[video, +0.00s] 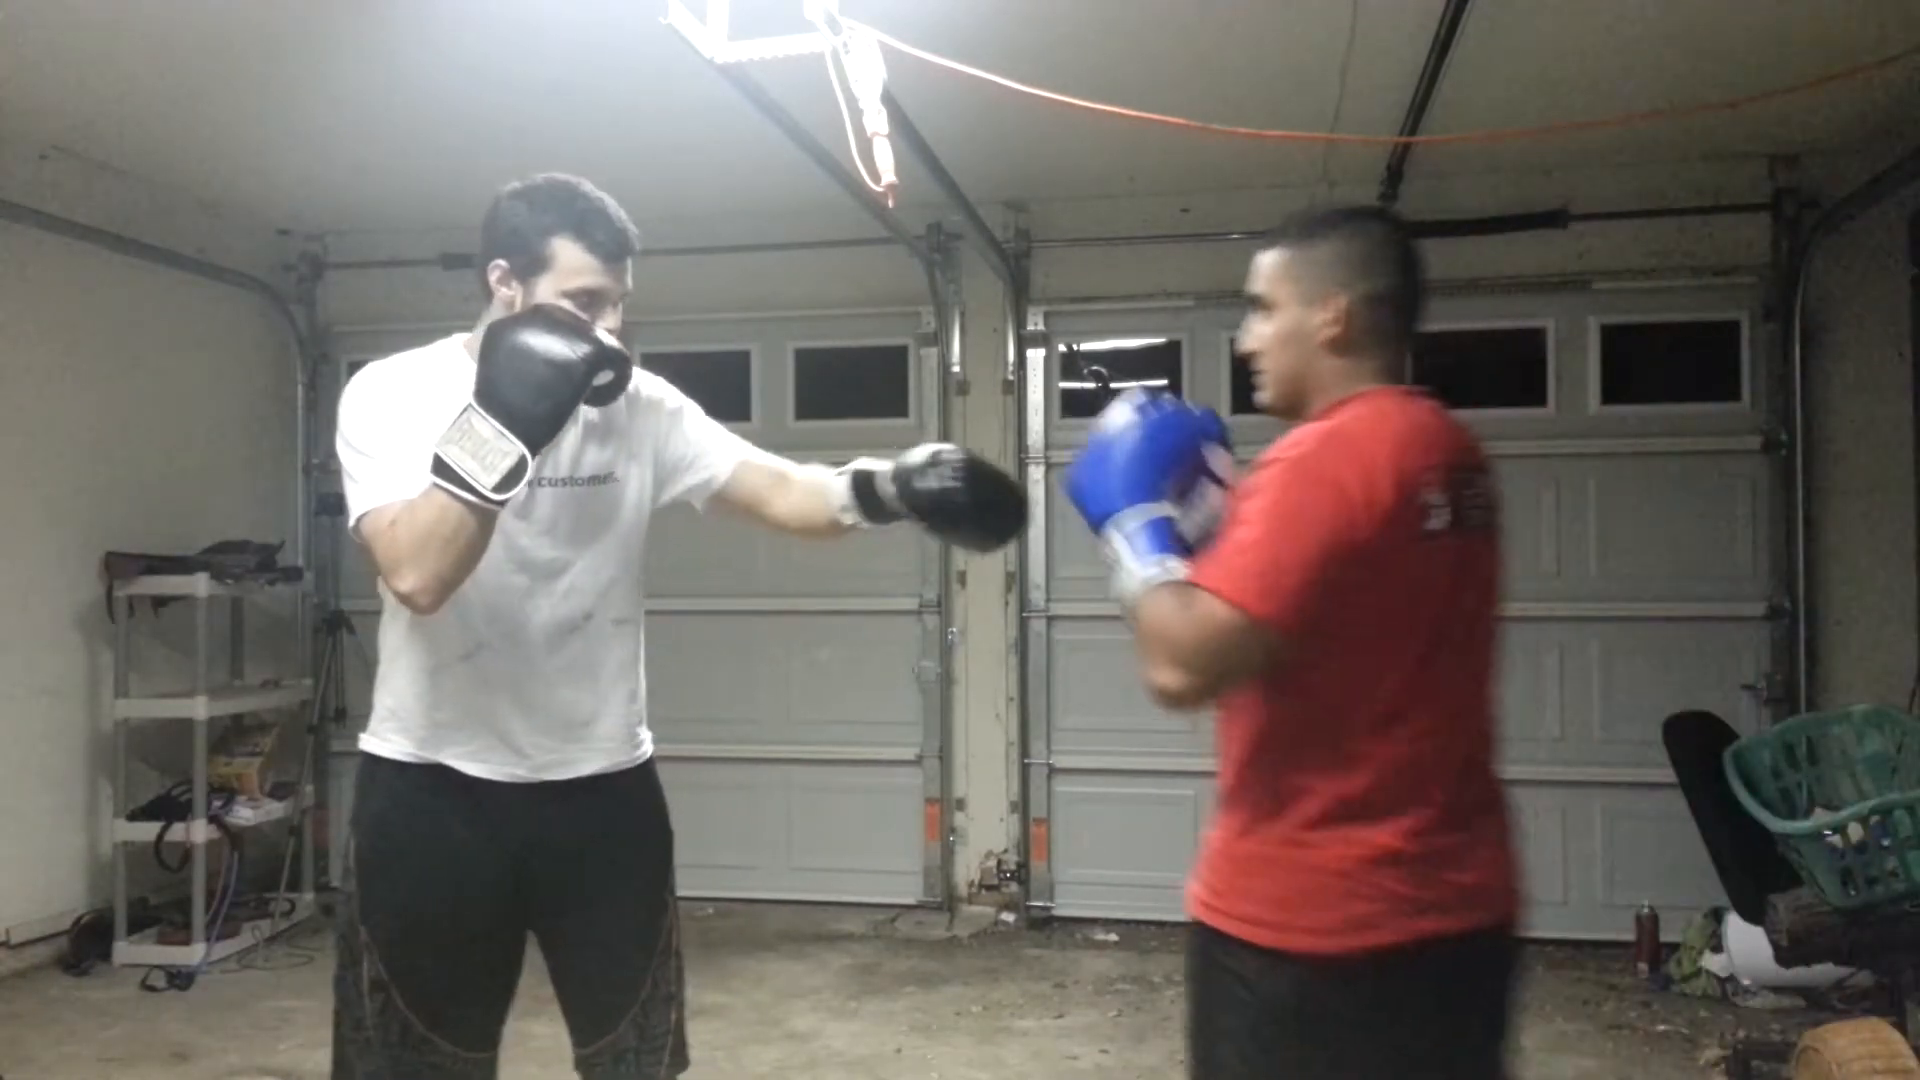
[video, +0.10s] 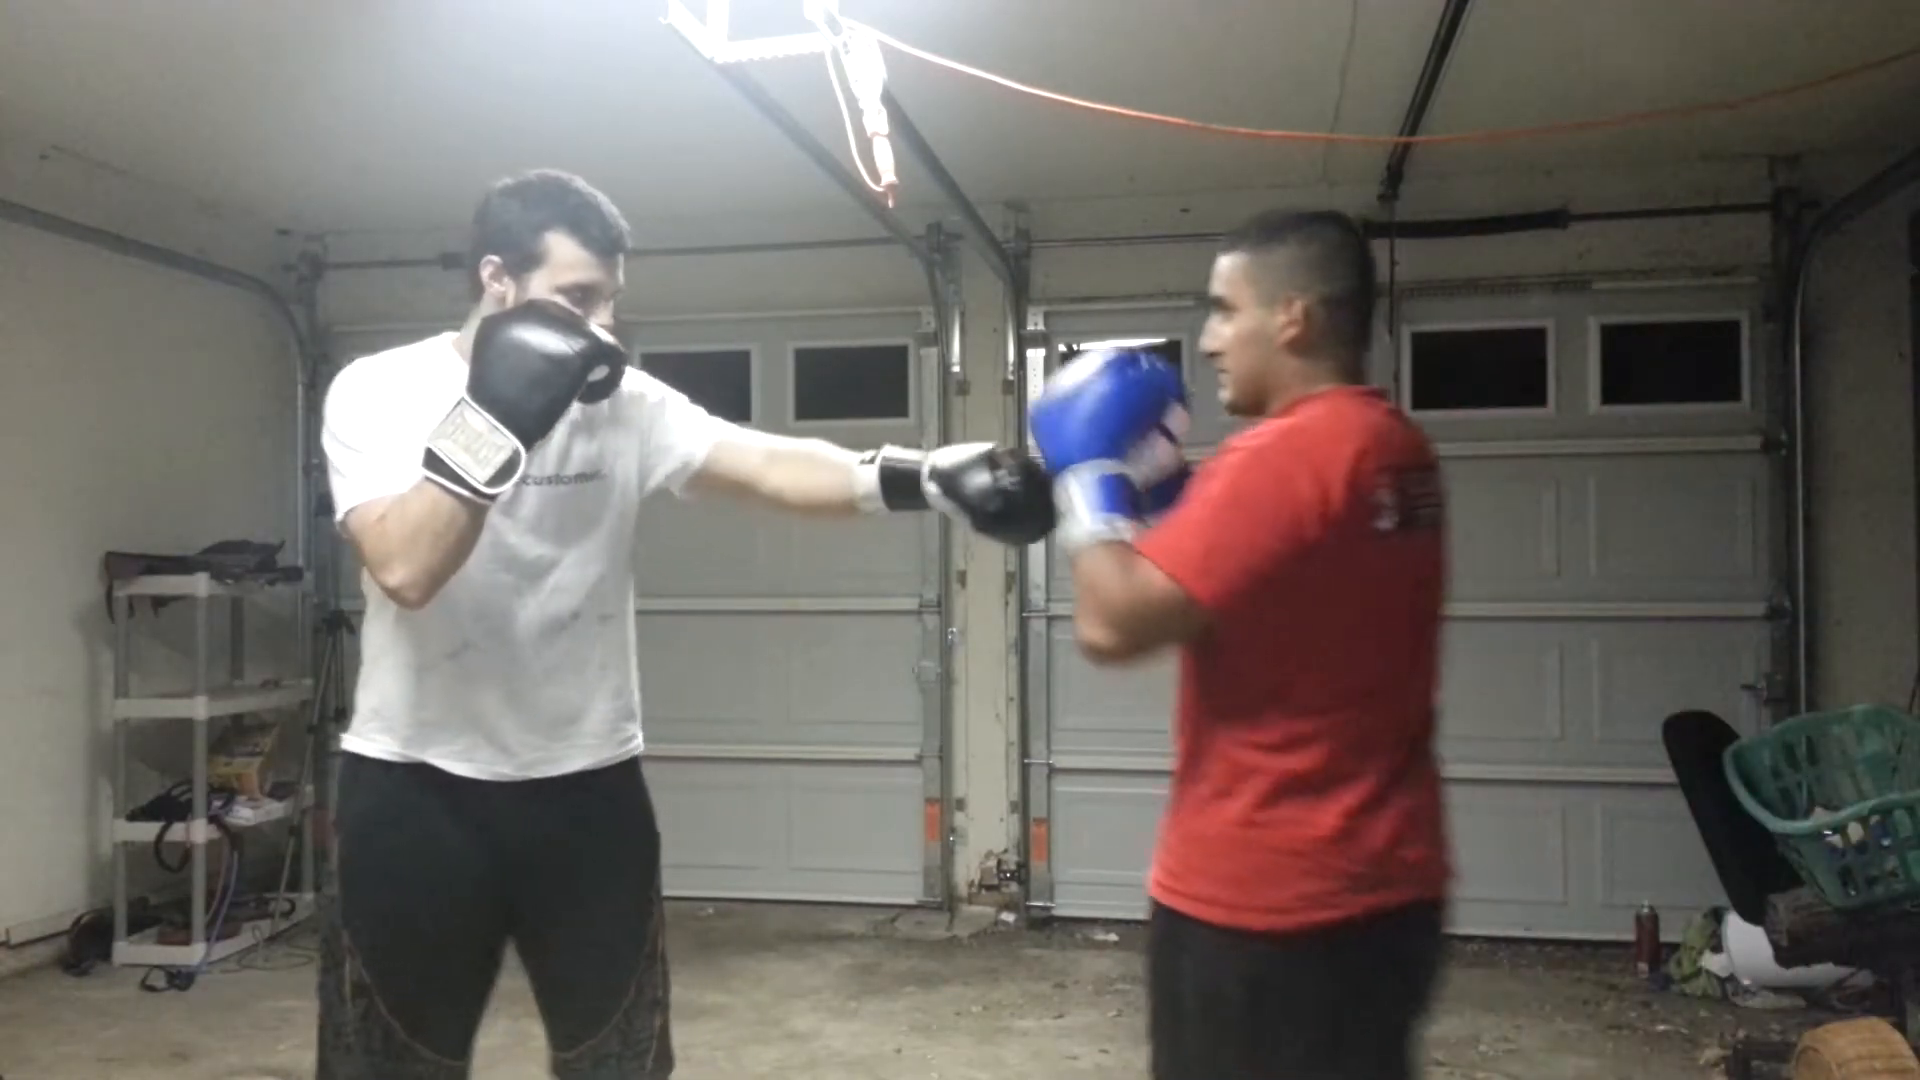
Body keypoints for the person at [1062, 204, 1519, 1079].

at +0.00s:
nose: (1244, 338)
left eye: (1263, 309)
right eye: (1249, 311)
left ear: (1332, 318)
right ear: (1334, 318)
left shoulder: (1333, 457)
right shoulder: (1449, 448)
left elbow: (1183, 662)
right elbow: (1347, 619)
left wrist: (1129, 521)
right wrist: (1224, 517)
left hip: (1307, 935)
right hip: (1443, 920)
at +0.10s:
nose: (1208, 339)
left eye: (1225, 310)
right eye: (1212, 312)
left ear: (1293, 321)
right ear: (1295, 321)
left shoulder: (1291, 455)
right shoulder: (1397, 445)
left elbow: (1114, 620)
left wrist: (1081, 475)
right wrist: (1167, 487)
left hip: (1262, 907)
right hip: (1371, 892)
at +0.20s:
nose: (1178, 337)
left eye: (1197, 310)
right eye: (1185, 312)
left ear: (1267, 321)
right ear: (1272, 323)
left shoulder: (1258, 450)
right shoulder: (1353, 443)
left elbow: (1066, 582)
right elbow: (1184, 574)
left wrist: (1048, 432)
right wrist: (1122, 460)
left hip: (1228, 891)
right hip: (1314, 876)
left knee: (1194, 1064)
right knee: (1272, 1065)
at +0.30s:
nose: (1159, 342)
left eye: (1177, 316)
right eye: (1164, 319)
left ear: (1243, 329)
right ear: (1248, 331)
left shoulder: (1244, 447)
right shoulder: (1303, 441)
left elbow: (1038, 547)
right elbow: (1132, 540)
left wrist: (1027, 405)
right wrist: (1082, 452)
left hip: (1203, 867)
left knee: (1172, 1066)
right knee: (1203, 1063)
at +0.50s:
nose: (1124, 361)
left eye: (1143, 337)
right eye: (1127, 339)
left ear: (1208, 347)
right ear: (1206, 350)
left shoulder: (1227, 453)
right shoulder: (1184, 454)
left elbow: (1027, 472)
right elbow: (1024, 476)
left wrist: (1022, 336)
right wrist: (1005, 352)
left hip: (1172, 842)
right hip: (1135, 834)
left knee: (1153, 1065)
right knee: (1131, 1062)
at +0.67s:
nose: (1090, 370)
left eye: (1114, 348)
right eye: (1092, 350)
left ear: (1183, 358)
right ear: (1079, 359)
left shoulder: (1206, 461)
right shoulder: (1100, 466)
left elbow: (1044, 453)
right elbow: (968, 460)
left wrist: (1035, 329)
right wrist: (985, 338)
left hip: (1134, 824)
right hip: (1076, 816)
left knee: (1102, 1060)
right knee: (1076, 1055)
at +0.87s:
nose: (1051, 379)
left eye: (1073, 357)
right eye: (1049, 360)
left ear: (1141, 366)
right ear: (1044, 374)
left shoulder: (1170, 462)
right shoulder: (1059, 468)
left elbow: (1027, 494)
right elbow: (930, 501)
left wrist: (999, 357)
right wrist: (924, 379)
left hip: (1112, 808)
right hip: (1057, 798)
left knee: (1016, 1047)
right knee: (1089, 1052)